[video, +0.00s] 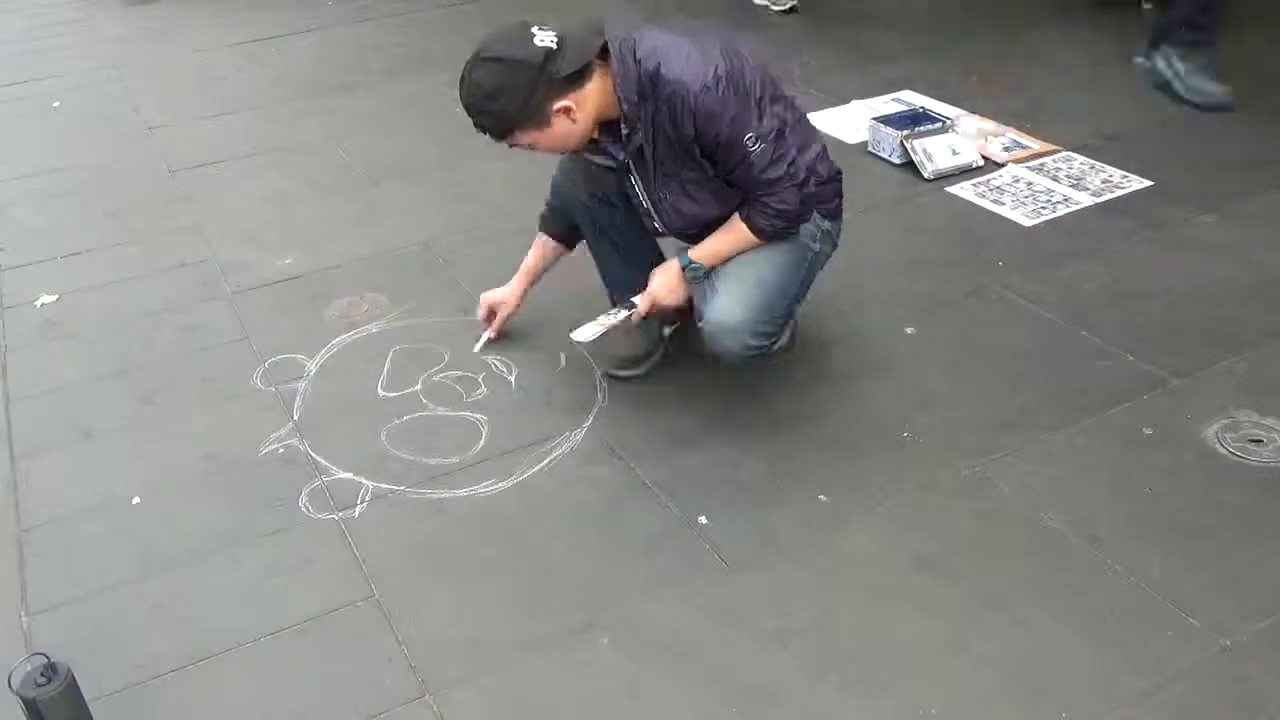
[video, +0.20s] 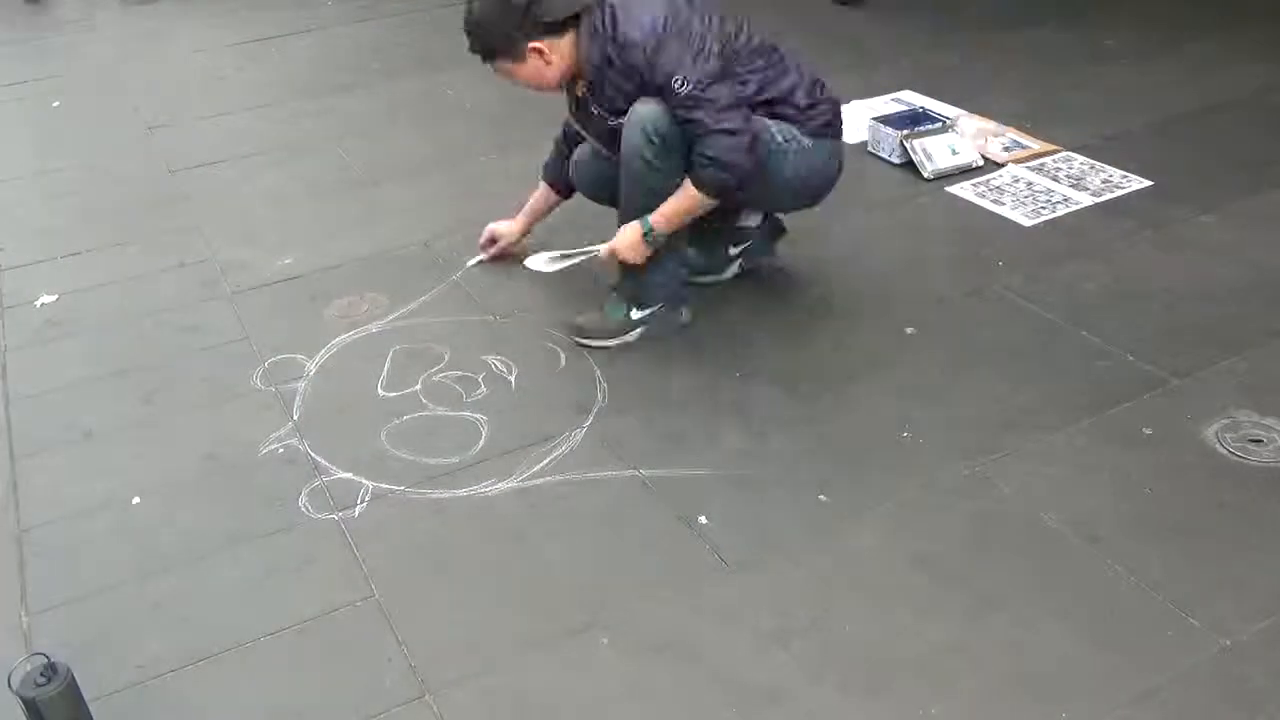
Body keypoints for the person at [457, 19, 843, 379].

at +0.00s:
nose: (534, 152)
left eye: (528, 143)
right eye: (523, 147)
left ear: (563, 111)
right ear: (563, 103)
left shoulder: (700, 88)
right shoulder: (597, 98)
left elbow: (786, 200)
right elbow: (570, 203)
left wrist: (688, 267)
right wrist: (518, 285)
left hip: (791, 215)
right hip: (700, 209)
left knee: (729, 332)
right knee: (581, 175)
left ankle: (773, 320)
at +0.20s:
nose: (520, 85)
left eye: (513, 73)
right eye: (510, 76)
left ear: (540, 53)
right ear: (544, 49)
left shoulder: (657, 32)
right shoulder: (595, 54)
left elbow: (729, 158)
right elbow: (578, 145)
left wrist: (648, 231)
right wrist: (521, 223)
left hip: (803, 154)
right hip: (740, 142)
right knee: (592, 168)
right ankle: (740, 229)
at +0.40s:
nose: (627, 121)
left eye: (626, 110)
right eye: (619, 114)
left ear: (657, 78)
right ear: (654, 76)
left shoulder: (771, 36)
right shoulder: (672, 69)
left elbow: (867, 122)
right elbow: (621, 166)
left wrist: (776, 193)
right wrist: (555, 260)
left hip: (866, 136)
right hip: (783, 146)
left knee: (846, 228)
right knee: (665, 139)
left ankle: (845, 254)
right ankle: (765, 242)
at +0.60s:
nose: (623, 117)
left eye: (620, 106)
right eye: (614, 111)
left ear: (653, 75)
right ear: (650, 70)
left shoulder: (763, 34)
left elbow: (859, 118)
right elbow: (624, 157)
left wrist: (770, 191)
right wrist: (563, 243)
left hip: (861, 133)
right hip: (776, 145)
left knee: (837, 221)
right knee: (660, 138)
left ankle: (840, 255)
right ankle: (763, 240)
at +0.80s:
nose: (679, 101)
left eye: (675, 92)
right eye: (669, 94)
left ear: (709, 61)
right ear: (709, 56)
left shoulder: (830, 36)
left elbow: (907, 136)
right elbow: (694, 155)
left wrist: (807, 191)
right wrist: (659, 244)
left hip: (881, 152)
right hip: (799, 154)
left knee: (878, 240)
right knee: (698, 127)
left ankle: (843, 235)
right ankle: (772, 241)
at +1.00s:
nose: (673, 98)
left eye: (668, 90)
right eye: (664, 92)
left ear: (700, 61)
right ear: (700, 56)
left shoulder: (823, 38)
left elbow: (901, 142)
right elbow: (698, 149)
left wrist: (800, 196)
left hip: (881, 154)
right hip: (798, 152)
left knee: (871, 241)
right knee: (695, 122)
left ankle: (841, 244)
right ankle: (772, 242)